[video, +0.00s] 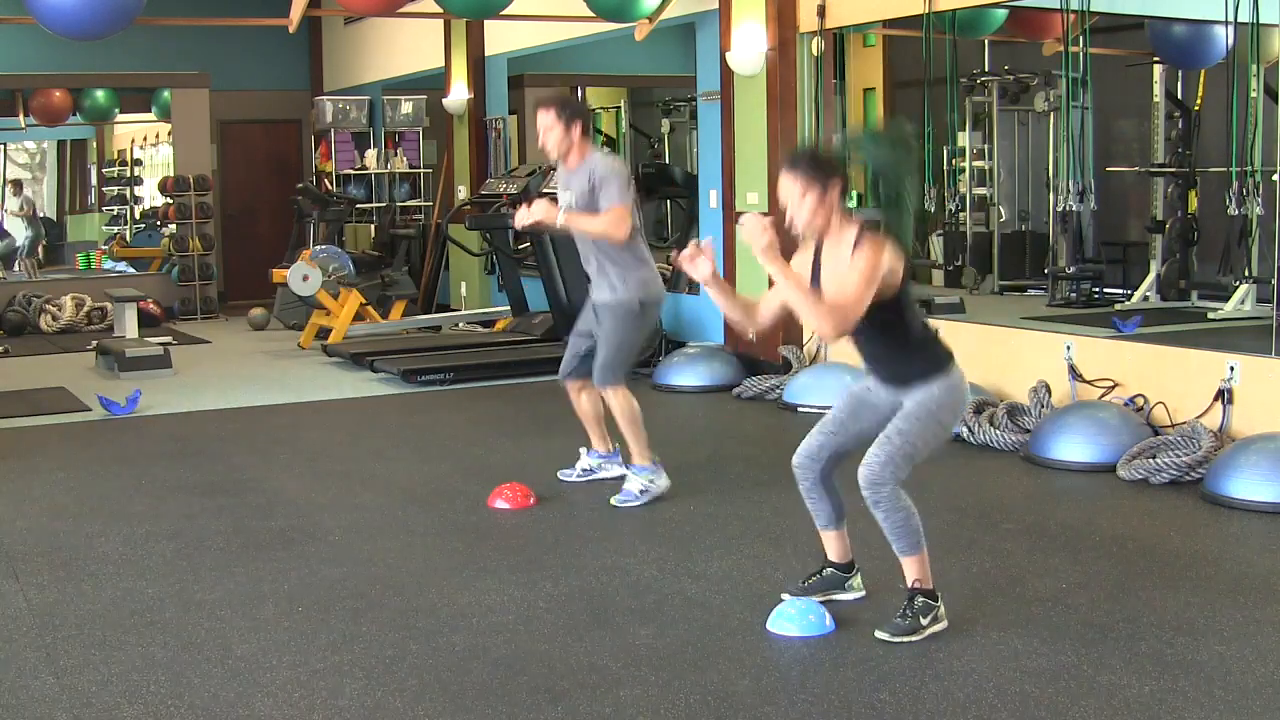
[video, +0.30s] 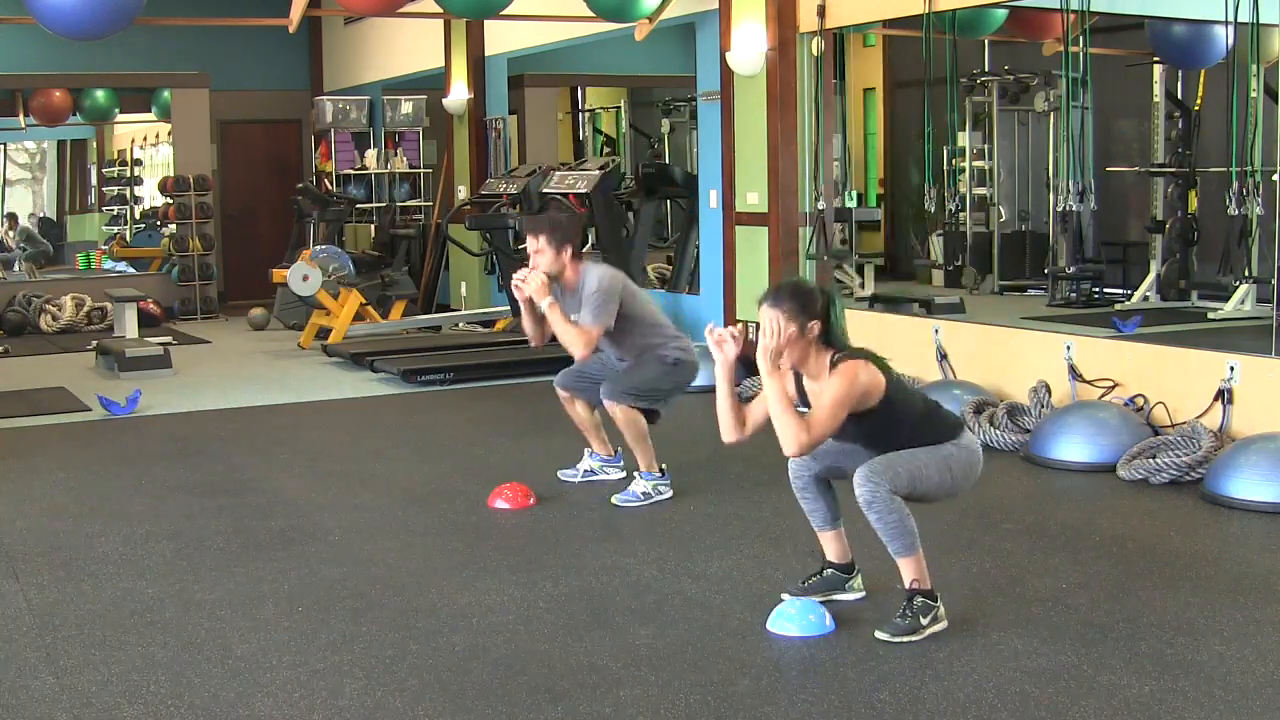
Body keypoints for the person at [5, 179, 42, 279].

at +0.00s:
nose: (10, 190)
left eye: (12, 188)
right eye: (9, 188)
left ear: (19, 188)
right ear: (9, 188)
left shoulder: (25, 198)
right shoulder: (16, 200)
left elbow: (28, 212)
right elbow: (22, 212)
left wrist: (13, 213)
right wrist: (9, 212)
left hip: (35, 231)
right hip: (27, 231)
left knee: (27, 255)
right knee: (21, 255)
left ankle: (35, 277)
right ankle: (29, 277)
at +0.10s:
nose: (10, 205)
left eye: (12, 202)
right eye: (9, 202)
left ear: (17, 202)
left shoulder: (23, 212)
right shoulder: (18, 214)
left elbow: (25, 225)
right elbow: (16, 228)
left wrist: (13, 226)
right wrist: (9, 224)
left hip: (39, 240)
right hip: (33, 240)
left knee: (25, 259)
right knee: (22, 258)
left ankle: (31, 279)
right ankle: (35, 278)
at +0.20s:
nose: (8, 216)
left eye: (10, 214)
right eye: (8, 214)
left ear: (15, 214)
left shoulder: (23, 223)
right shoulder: (16, 225)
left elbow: (19, 238)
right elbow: (13, 239)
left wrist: (8, 232)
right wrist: (6, 233)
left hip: (44, 246)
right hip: (37, 246)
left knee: (25, 258)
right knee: (24, 258)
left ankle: (34, 280)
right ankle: (35, 279)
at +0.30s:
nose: (6, 224)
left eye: (7, 222)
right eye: (5, 222)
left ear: (13, 221)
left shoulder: (22, 229)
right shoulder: (17, 231)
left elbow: (14, 245)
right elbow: (11, 247)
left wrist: (6, 235)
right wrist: (4, 236)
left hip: (44, 249)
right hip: (36, 249)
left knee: (25, 258)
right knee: (22, 258)